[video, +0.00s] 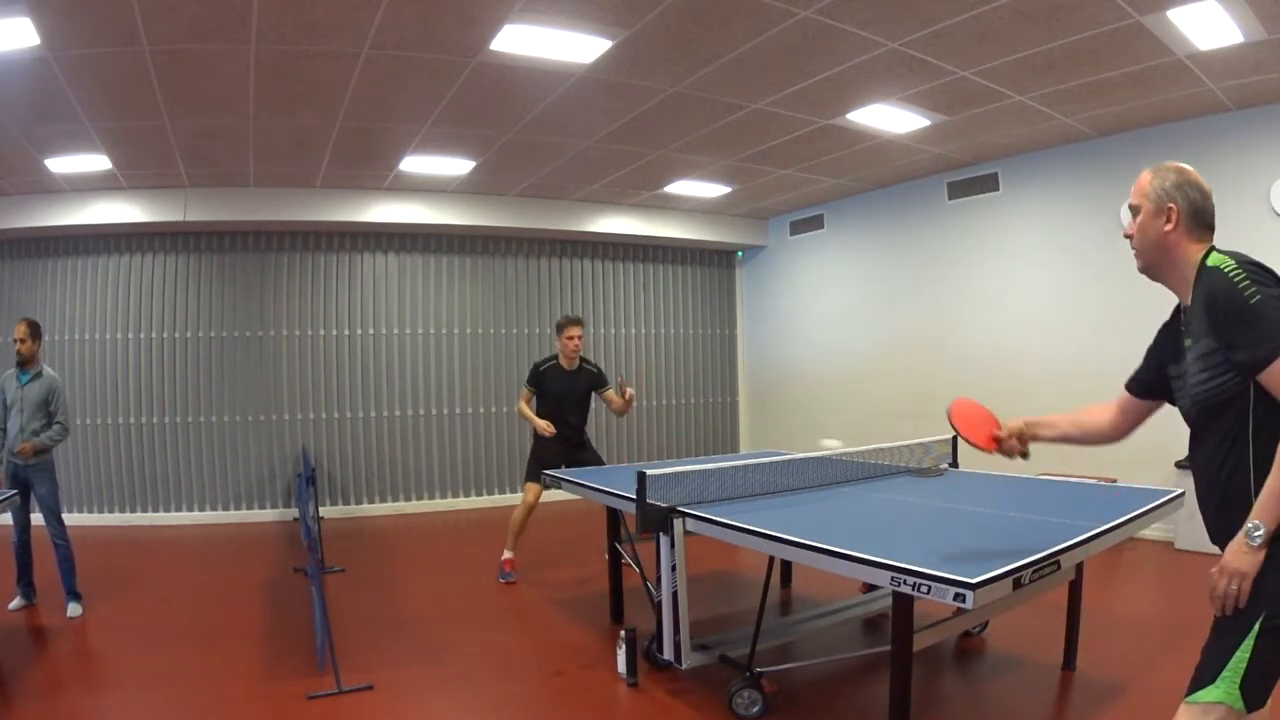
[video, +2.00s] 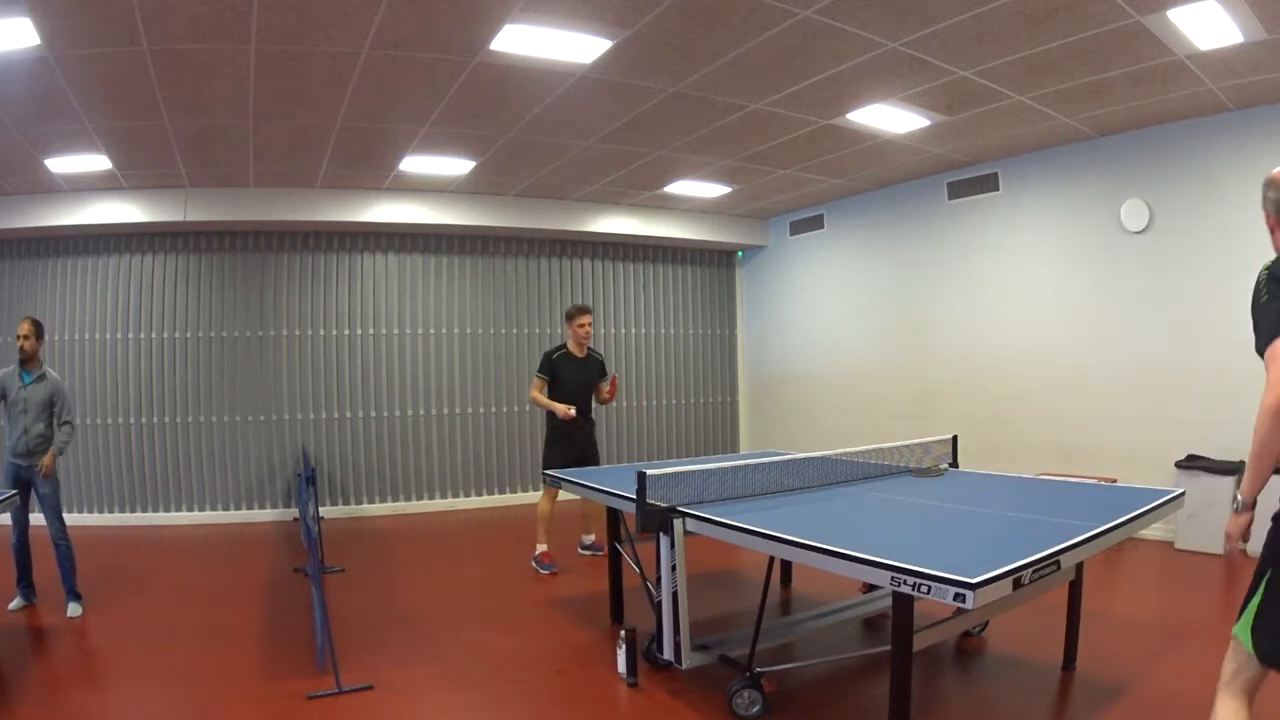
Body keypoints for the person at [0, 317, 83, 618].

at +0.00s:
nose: (17, 345)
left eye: (22, 340)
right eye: (14, 341)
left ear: (37, 343)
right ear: (14, 344)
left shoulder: (51, 382)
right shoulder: (7, 380)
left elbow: (62, 426)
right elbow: (4, 422)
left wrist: (37, 444)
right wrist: (5, 455)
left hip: (40, 465)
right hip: (11, 464)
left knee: (56, 531)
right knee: (20, 532)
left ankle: (72, 596)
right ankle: (26, 592)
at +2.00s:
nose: (21, 342)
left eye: (27, 338)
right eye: (18, 337)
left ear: (40, 342)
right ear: (15, 342)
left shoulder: (54, 384)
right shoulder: (6, 379)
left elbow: (66, 426)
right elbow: (4, 416)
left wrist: (52, 454)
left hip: (43, 465)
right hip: (12, 465)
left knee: (58, 533)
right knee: (18, 534)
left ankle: (72, 596)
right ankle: (25, 593)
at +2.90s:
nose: (17, 345)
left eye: (23, 340)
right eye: (15, 340)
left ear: (38, 344)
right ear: (13, 344)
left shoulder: (52, 383)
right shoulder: (6, 380)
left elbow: (61, 428)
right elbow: (2, 415)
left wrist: (41, 450)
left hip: (41, 464)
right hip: (11, 464)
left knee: (57, 532)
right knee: (20, 533)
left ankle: (72, 596)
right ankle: (26, 593)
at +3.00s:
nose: (17, 345)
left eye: (23, 340)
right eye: (15, 340)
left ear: (38, 344)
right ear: (13, 344)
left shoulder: (52, 383)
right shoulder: (7, 379)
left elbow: (62, 428)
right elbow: (3, 420)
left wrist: (41, 450)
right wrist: (1, 403)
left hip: (41, 463)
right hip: (11, 464)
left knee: (57, 531)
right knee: (20, 533)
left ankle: (72, 596)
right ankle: (26, 593)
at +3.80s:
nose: (18, 345)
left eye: (24, 340)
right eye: (15, 340)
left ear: (38, 344)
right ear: (13, 343)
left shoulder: (52, 382)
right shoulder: (6, 381)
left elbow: (62, 428)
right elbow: (3, 419)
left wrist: (42, 451)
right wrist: (8, 448)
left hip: (41, 463)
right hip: (11, 463)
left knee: (57, 531)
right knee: (20, 532)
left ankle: (73, 596)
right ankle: (26, 593)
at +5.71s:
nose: (28, 356)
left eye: (33, 350)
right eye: (24, 350)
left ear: (44, 347)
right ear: (18, 347)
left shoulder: (57, 378)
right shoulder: (7, 381)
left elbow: (74, 411)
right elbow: (3, 426)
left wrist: (55, 407)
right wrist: (2, 469)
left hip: (47, 461)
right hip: (17, 463)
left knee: (60, 530)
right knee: (22, 532)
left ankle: (73, 596)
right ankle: (26, 593)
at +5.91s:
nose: (29, 354)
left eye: (34, 349)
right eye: (25, 348)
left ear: (45, 347)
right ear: (19, 346)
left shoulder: (57, 380)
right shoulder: (7, 381)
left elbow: (70, 420)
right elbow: (4, 423)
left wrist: (53, 411)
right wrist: (10, 457)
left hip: (49, 461)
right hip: (19, 463)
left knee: (62, 530)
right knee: (22, 532)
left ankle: (73, 596)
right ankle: (26, 593)